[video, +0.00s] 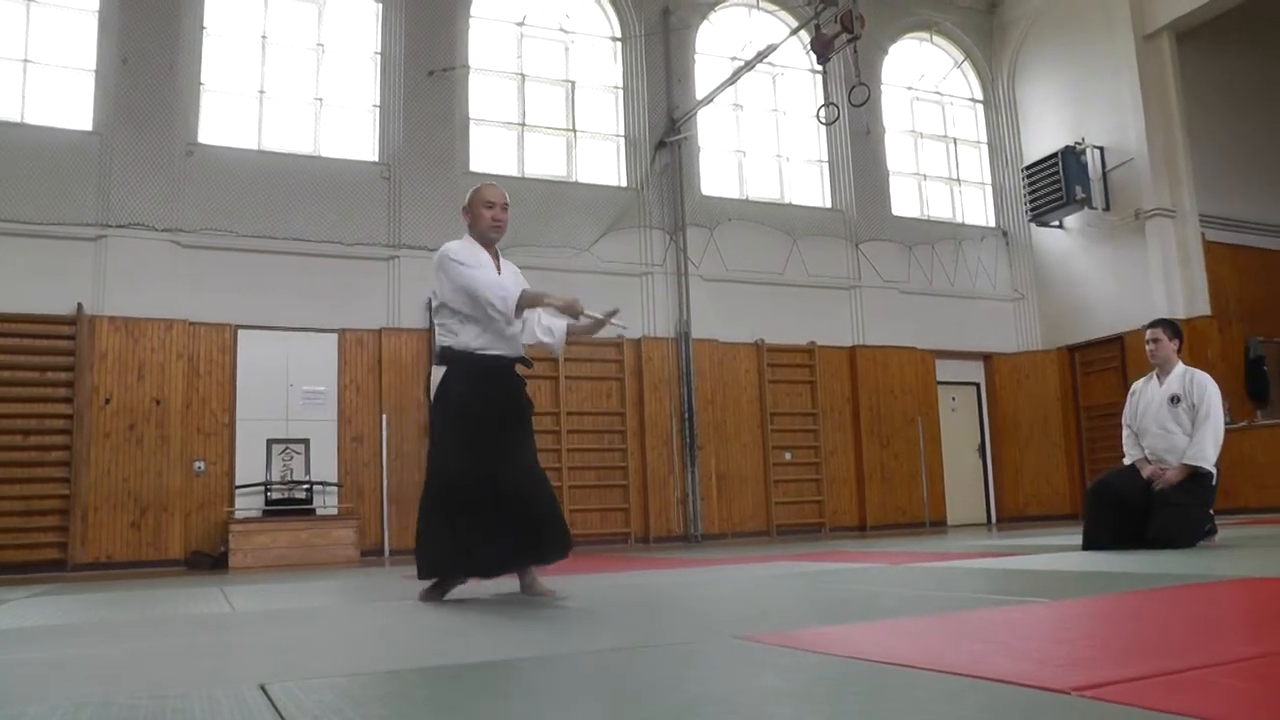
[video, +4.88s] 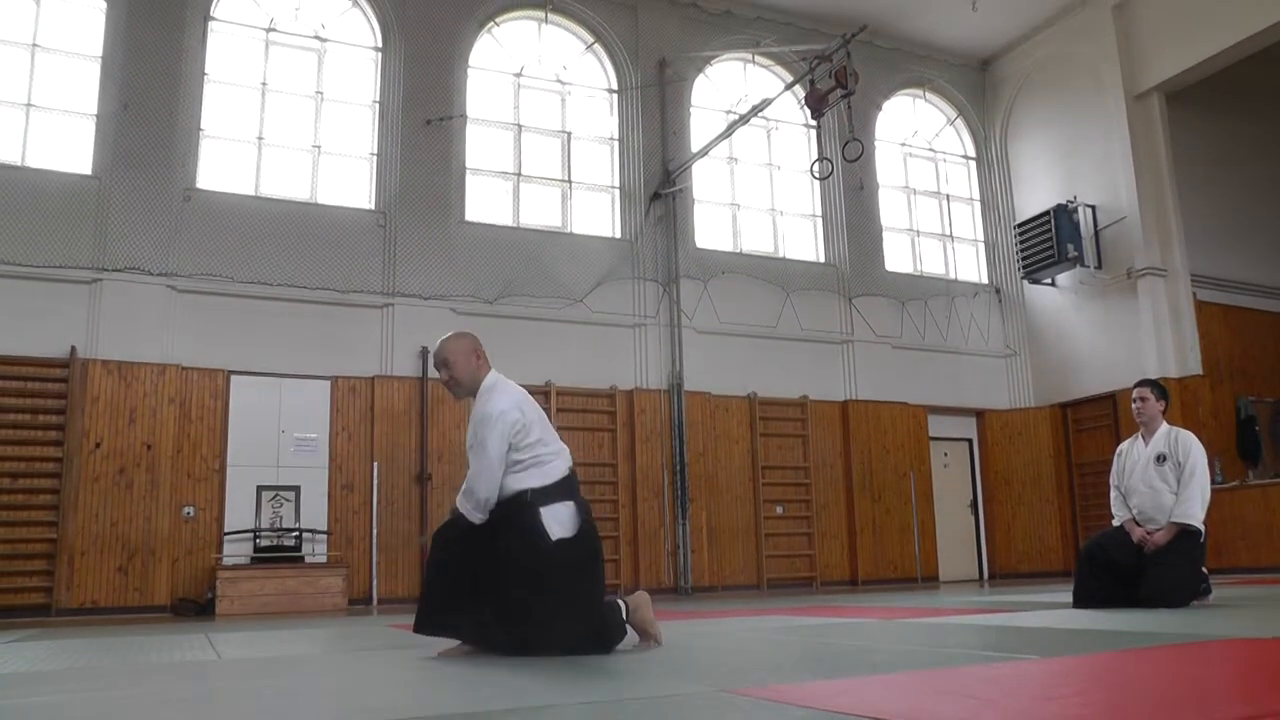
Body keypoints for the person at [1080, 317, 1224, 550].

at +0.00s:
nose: (1150, 348)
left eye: (1156, 341)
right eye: (1147, 342)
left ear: (1175, 344)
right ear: (1144, 347)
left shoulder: (1199, 382)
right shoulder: (1138, 389)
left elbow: (1209, 432)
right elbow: (1128, 432)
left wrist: (1181, 471)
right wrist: (1143, 465)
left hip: (1190, 476)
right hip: (1146, 473)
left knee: (1164, 538)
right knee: (1101, 493)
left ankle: (1204, 522)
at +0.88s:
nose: (1123, 339)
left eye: (1130, 333)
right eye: (1121, 335)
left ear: (1148, 338)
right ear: (1118, 340)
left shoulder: (1170, 373)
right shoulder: (1111, 383)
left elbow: (1181, 423)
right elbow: (1103, 427)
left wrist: (1154, 464)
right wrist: (1119, 459)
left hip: (1165, 467)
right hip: (1121, 466)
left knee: (1139, 529)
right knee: (1079, 486)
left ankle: (1182, 513)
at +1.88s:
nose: (1132, 371)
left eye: (1138, 365)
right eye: (1128, 366)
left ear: (1156, 368)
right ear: (1125, 371)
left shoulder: (1179, 405)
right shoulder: (1119, 414)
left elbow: (1189, 457)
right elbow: (1111, 459)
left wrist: (1161, 496)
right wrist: (1126, 492)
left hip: (1172, 499)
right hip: (1128, 497)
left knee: (1148, 560)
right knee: (1086, 517)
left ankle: (1189, 544)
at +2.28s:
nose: (1134, 379)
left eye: (1140, 373)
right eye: (1131, 375)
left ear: (1158, 377)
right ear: (1128, 380)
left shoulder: (1181, 415)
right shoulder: (1121, 422)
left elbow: (1191, 467)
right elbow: (1113, 468)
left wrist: (1162, 506)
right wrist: (1127, 501)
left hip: (1174, 509)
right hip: (1130, 506)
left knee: (1147, 569)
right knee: (1086, 526)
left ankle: (1190, 553)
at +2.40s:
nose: (1134, 381)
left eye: (1141, 375)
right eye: (1131, 376)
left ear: (1159, 379)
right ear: (1128, 381)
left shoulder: (1182, 417)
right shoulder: (1121, 424)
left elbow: (1191, 469)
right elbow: (1113, 469)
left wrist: (1162, 507)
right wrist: (1128, 503)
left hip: (1174, 509)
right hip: (1130, 507)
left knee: (1150, 572)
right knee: (1086, 528)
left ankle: (1191, 556)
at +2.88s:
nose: (1135, 386)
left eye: (1142, 380)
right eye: (1132, 381)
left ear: (1160, 385)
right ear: (1129, 386)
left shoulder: (1183, 422)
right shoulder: (1123, 430)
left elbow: (1193, 474)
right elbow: (1114, 475)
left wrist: (1164, 513)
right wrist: (1130, 508)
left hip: (1176, 514)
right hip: (1131, 513)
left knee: (1152, 576)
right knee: (1089, 533)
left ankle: (1193, 561)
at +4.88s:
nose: (1137, 406)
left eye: (1143, 400)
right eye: (1134, 401)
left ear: (1161, 405)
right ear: (1131, 407)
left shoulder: (1183, 441)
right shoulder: (1123, 450)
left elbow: (1195, 492)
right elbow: (1116, 495)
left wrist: (1166, 533)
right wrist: (1132, 528)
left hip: (1179, 534)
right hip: (1134, 533)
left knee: (1157, 598)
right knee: (1094, 553)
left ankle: (1198, 581)